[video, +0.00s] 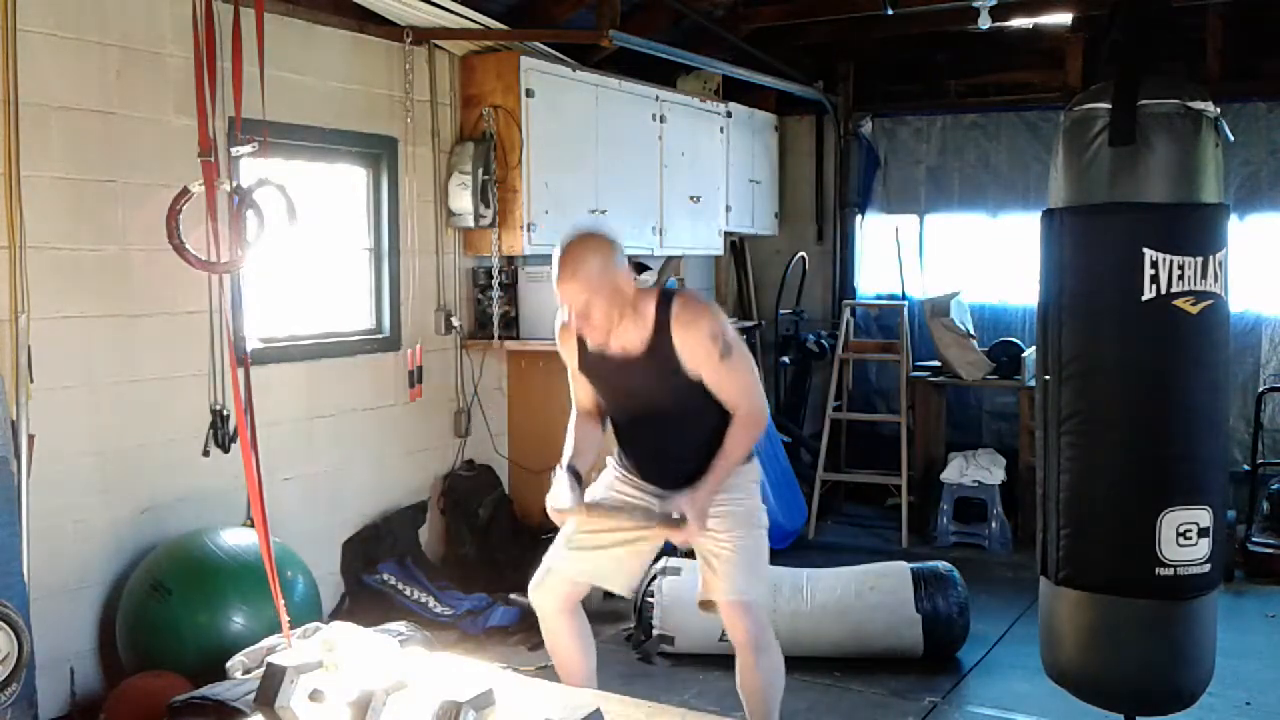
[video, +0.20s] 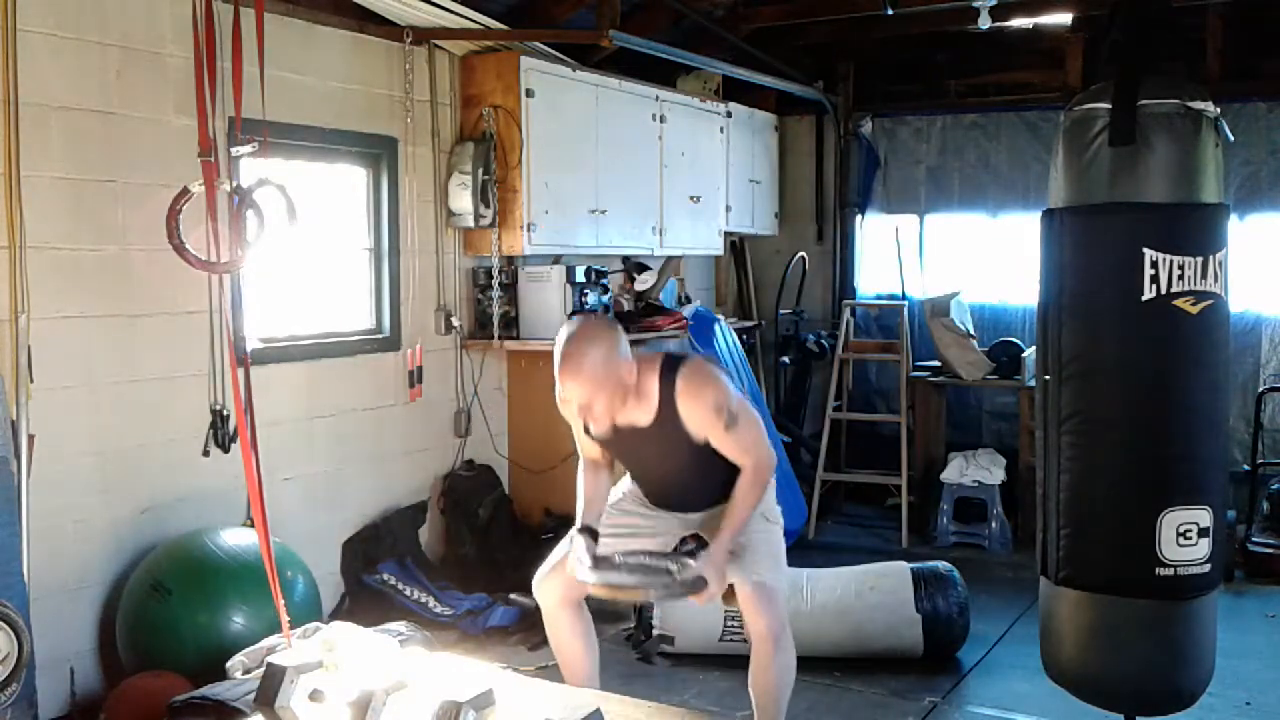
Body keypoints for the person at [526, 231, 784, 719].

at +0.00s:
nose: (575, 324)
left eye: (582, 309)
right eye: (569, 311)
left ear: (618, 285)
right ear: (566, 296)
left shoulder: (692, 320)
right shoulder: (573, 335)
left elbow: (753, 413)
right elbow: (588, 412)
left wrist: (701, 493)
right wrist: (572, 475)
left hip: (722, 476)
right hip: (635, 476)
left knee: (743, 617)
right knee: (551, 593)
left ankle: (762, 717)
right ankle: (586, 713)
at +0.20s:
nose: (578, 413)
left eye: (585, 400)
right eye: (570, 400)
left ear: (626, 373)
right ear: (564, 383)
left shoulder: (697, 389)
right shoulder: (575, 397)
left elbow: (760, 463)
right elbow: (594, 460)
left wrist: (720, 549)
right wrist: (586, 529)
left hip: (733, 502)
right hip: (648, 499)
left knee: (766, 618)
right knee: (554, 586)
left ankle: (767, 716)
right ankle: (586, 711)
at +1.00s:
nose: (524, 194)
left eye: (527, 177)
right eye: (514, 183)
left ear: (567, 144)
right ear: (506, 162)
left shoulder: (646, 172)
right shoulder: (528, 202)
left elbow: (711, 277)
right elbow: (543, 296)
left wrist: (651, 360)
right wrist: (514, 356)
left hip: (690, 330)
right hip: (605, 335)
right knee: (486, 410)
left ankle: (716, 593)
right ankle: (512, 568)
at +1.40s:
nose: (491, 237)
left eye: (495, 220)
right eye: (483, 224)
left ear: (540, 199)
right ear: (528, 203)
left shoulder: (626, 240)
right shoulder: (506, 260)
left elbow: (693, 348)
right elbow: (524, 345)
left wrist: (628, 427)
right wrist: (487, 410)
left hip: (670, 393)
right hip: (582, 397)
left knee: (646, 477)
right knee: (453, 458)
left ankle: (652, 662)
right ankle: (467, 630)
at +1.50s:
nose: (500, 199)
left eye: (504, 181)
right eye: (493, 185)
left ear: (547, 161)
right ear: (511, 173)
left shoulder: (631, 208)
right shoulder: (515, 230)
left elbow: (699, 313)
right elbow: (533, 320)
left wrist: (636, 397)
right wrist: (496, 384)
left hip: (673, 365)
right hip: (586, 368)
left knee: (656, 470)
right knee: (465, 456)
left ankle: (654, 660)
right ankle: (469, 627)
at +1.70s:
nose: (532, 113)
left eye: (541, 96)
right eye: (523, 100)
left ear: (584, 71)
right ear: (517, 92)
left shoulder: (654, 123)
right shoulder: (537, 146)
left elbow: (720, 233)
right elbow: (554, 245)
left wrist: (653, 318)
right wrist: (535, 313)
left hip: (682, 310)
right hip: (595, 313)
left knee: (678, 447)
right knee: (504, 433)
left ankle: (699, 624)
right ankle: (536, 602)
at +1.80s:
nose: (556, 127)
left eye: (562, 110)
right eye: (545, 114)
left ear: (599, 85)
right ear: (537, 104)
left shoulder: (669, 135)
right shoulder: (553, 162)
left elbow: (730, 242)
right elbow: (565, 257)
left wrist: (673, 320)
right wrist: (548, 322)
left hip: (684, 334)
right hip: (595, 337)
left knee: (699, 489)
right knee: (529, 470)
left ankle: (738, 651)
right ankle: (559, 624)